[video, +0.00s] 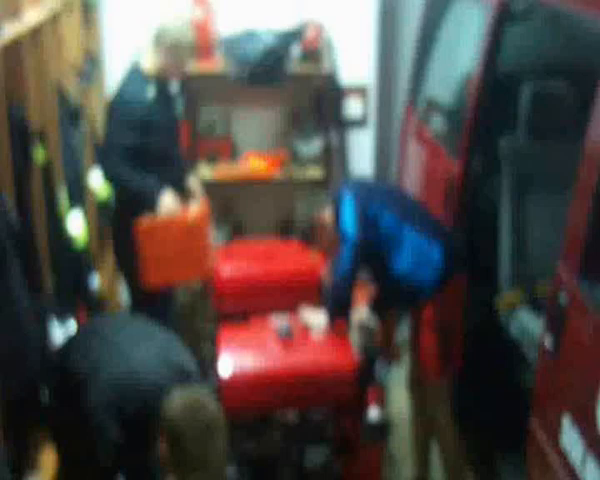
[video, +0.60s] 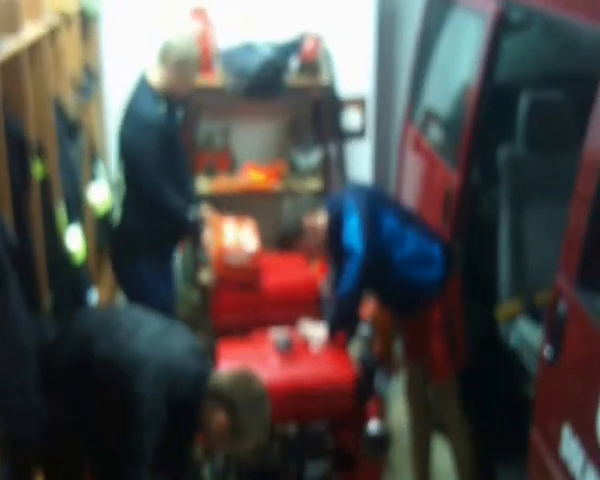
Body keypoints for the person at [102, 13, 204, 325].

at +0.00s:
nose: (183, 66)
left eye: (186, 57)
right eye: (178, 56)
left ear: (178, 53)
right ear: (161, 50)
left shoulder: (164, 90)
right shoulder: (133, 96)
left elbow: (167, 150)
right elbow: (114, 161)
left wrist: (185, 177)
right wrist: (156, 193)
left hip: (162, 217)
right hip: (136, 221)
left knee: (163, 305)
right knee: (149, 308)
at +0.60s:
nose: (192, 85)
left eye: (193, 77)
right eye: (188, 77)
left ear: (173, 68)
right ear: (171, 69)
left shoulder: (165, 105)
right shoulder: (147, 114)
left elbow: (175, 168)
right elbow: (151, 182)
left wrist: (193, 202)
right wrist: (188, 214)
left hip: (157, 237)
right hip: (140, 242)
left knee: (163, 325)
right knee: (156, 328)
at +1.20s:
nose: (198, 118)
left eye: (200, 109)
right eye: (194, 109)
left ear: (175, 100)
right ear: (174, 103)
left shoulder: (168, 129)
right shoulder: (152, 149)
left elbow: (171, 197)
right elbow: (150, 225)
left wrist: (192, 229)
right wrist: (191, 270)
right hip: (147, 271)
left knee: (166, 355)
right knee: (161, 359)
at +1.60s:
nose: (194, 119)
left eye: (196, 110)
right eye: (190, 111)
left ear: (171, 101)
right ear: (169, 102)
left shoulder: (167, 128)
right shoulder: (148, 149)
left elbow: (172, 197)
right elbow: (148, 224)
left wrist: (190, 231)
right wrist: (188, 270)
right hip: (143, 270)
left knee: (157, 356)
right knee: (155, 360)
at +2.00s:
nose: (178, 100)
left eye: (180, 92)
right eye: (175, 91)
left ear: (156, 82)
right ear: (155, 82)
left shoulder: (155, 115)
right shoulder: (131, 131)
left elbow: (167, 182)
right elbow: (141, 208)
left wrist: (190, 220)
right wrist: (186, 254)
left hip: (152, 248)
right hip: (134, 255)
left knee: (159, 343)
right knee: (153, 347)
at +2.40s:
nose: (184, 79)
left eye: (185, 71)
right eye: (181, 70)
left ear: (164, 64)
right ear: (161, 65)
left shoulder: (155, 100)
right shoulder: (141, 117)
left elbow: (175, 153)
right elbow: (162, 191)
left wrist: (211, 173)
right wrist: (219, 209)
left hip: (157, 234)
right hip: (147, 243)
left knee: (159, 328)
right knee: (164, 335)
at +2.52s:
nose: (190, 77)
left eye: (191, 68)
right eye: (188, 68)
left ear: (171, 61)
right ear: (168, 61)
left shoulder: (156, 94)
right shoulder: (148, 111)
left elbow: (184, 143)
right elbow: (175, 184)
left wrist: (224, 170)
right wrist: (233, 204)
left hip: (156, 232)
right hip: (151, 242)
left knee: (160, 323)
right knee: (165, 328)